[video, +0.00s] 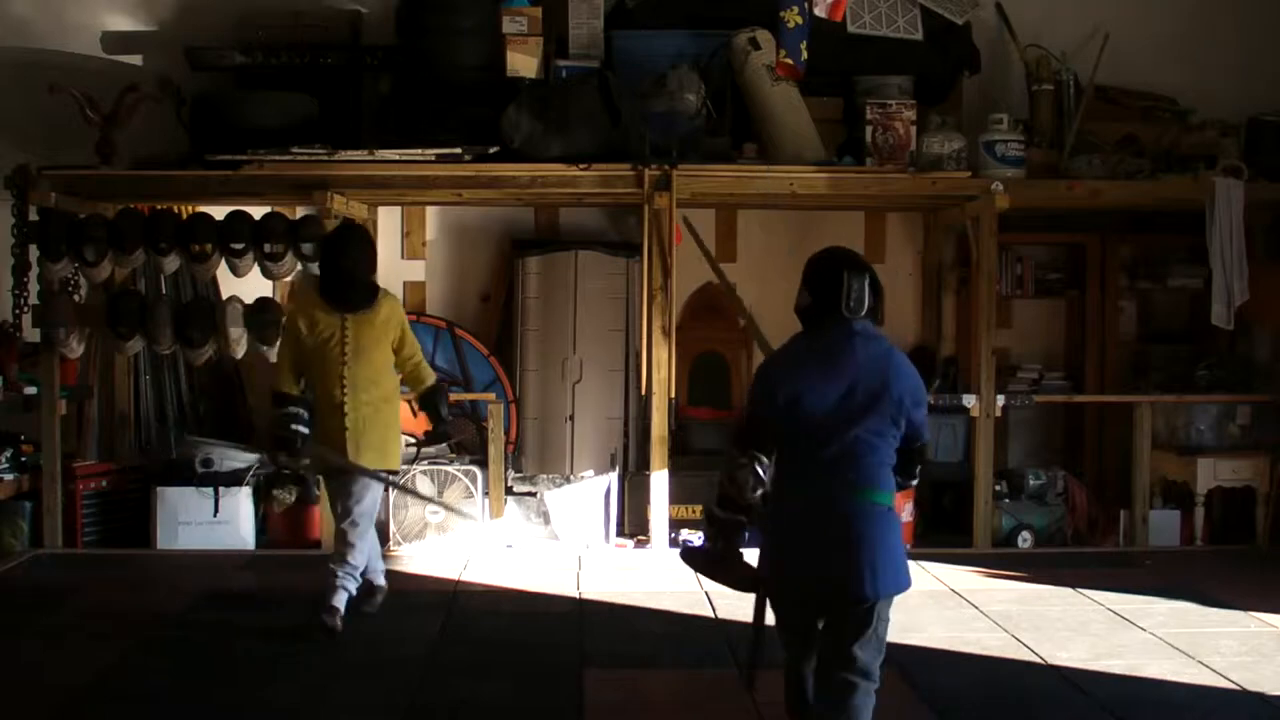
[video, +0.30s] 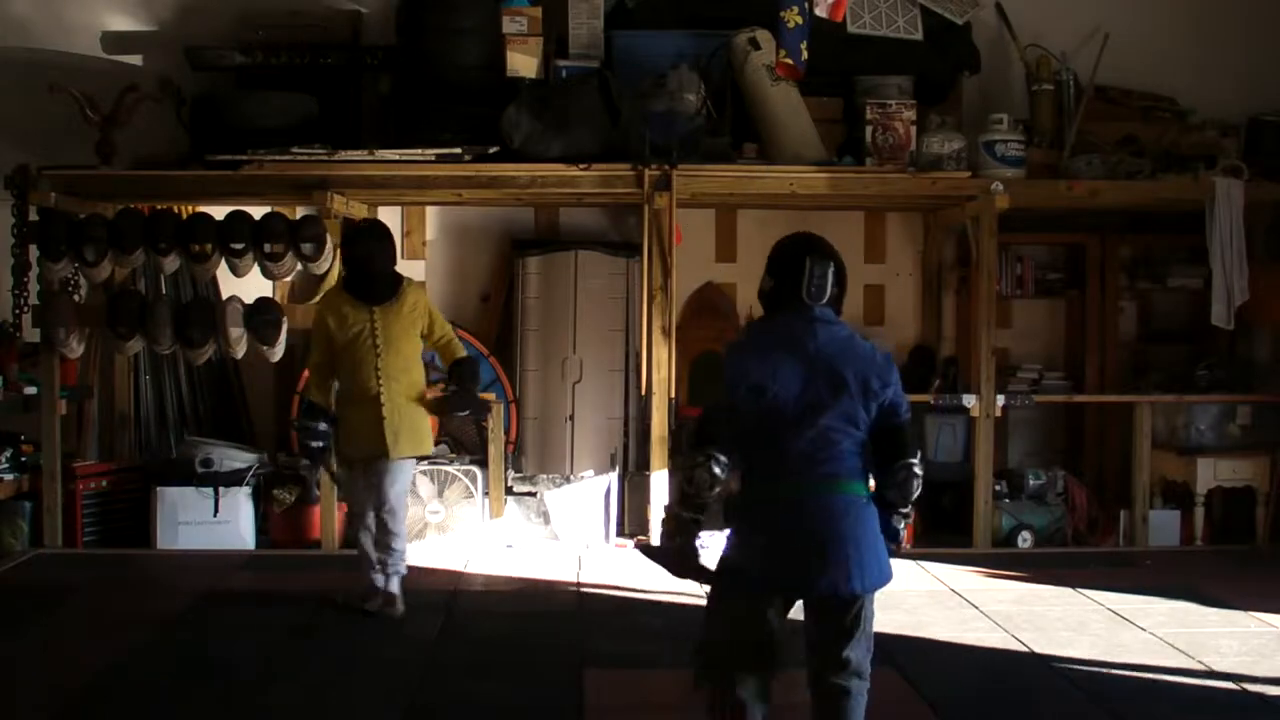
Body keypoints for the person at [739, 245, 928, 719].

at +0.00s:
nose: (798, 303)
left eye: (804, 294)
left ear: (808, 299)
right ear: (869, 300)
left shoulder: (779, 365)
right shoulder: (896, 367)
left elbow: (750, 448)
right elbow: (908, 464)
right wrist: (870, 488)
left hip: (792, 537)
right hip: (866, 541)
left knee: (801, 664)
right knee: (856, 671)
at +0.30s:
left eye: (771, 279)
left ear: (771, 284)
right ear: (836, 291)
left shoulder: (742, 356)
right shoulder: (872, 362)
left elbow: (708, 461)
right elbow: (902, 466)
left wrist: (680, 533)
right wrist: (887, 526)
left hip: (764, 534)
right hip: (846, 536)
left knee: (734, 663)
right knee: (844, 675)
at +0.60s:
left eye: (722, 282)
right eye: (785, 284)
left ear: (724, 287)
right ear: (790, 290)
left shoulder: (691, 359)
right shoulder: (826, 359)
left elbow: (655, 451)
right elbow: (862, 457)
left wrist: (651, 516)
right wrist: (876, 525)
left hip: (742, 538)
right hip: (825, 535)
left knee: (728, 687)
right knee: (840, 681)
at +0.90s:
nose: (735, 294)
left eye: (740, 286)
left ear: (743, 291)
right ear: (812, 291)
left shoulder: (717, 363)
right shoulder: (855, 361)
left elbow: (676, 461)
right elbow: (892, 469)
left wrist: (677, 523)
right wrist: (884, 535)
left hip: (771, 545)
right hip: (856, 539)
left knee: (740, 692)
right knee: (901, 683)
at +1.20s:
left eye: (856, 297)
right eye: (907, 296)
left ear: (857, 303)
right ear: (919, 302)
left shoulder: (834, 373)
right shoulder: (955, 370)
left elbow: (787, 468)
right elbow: (987, 483)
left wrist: (778, 547)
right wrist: (966, 549)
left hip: (861, 557)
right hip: (944, 558)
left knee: (795, 701)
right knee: (977, 704)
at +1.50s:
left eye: (926, 281)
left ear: (928, 287)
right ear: (993, 290)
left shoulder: (897, 359)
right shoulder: (1035, 367)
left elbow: (850, 451)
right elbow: (1058, 479)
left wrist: (812, 503)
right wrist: (1049, 542)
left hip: (914, 551)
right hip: (1001, 552)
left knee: (918, 690)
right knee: (995, 693)